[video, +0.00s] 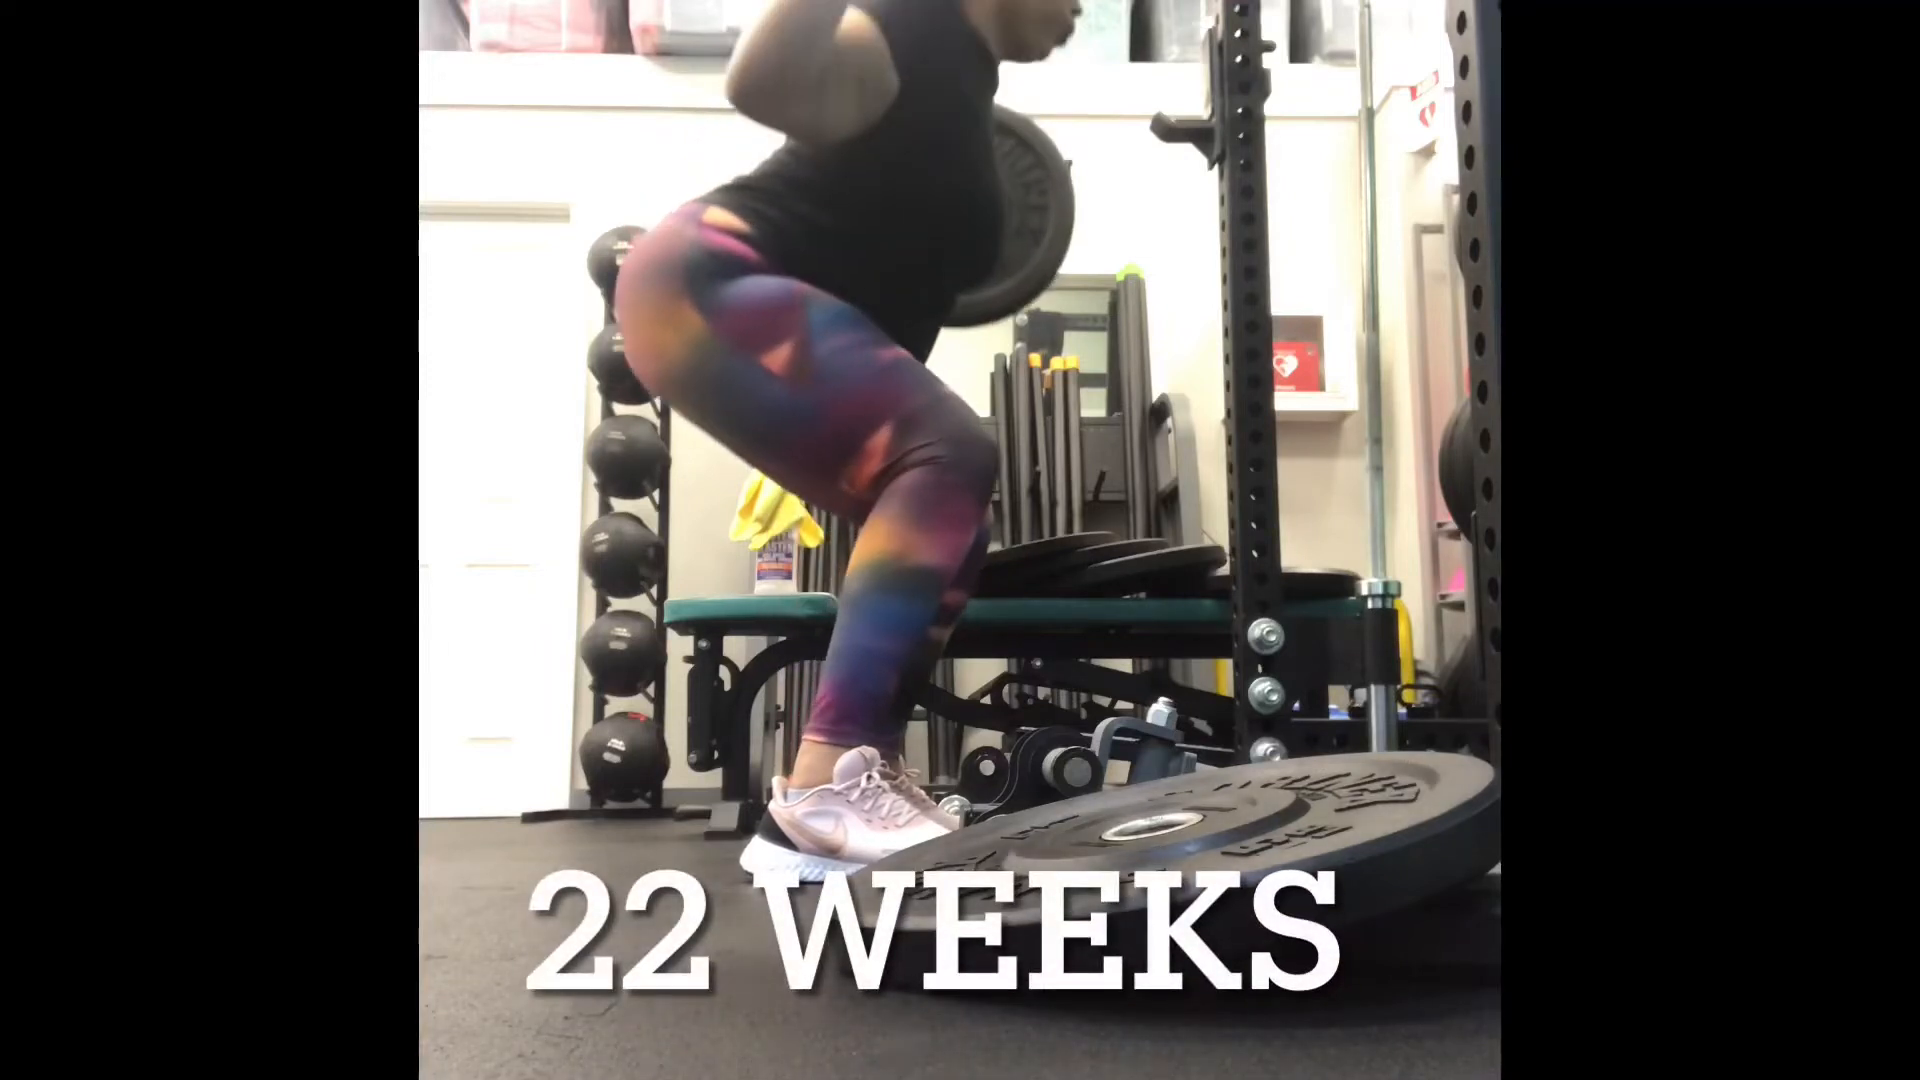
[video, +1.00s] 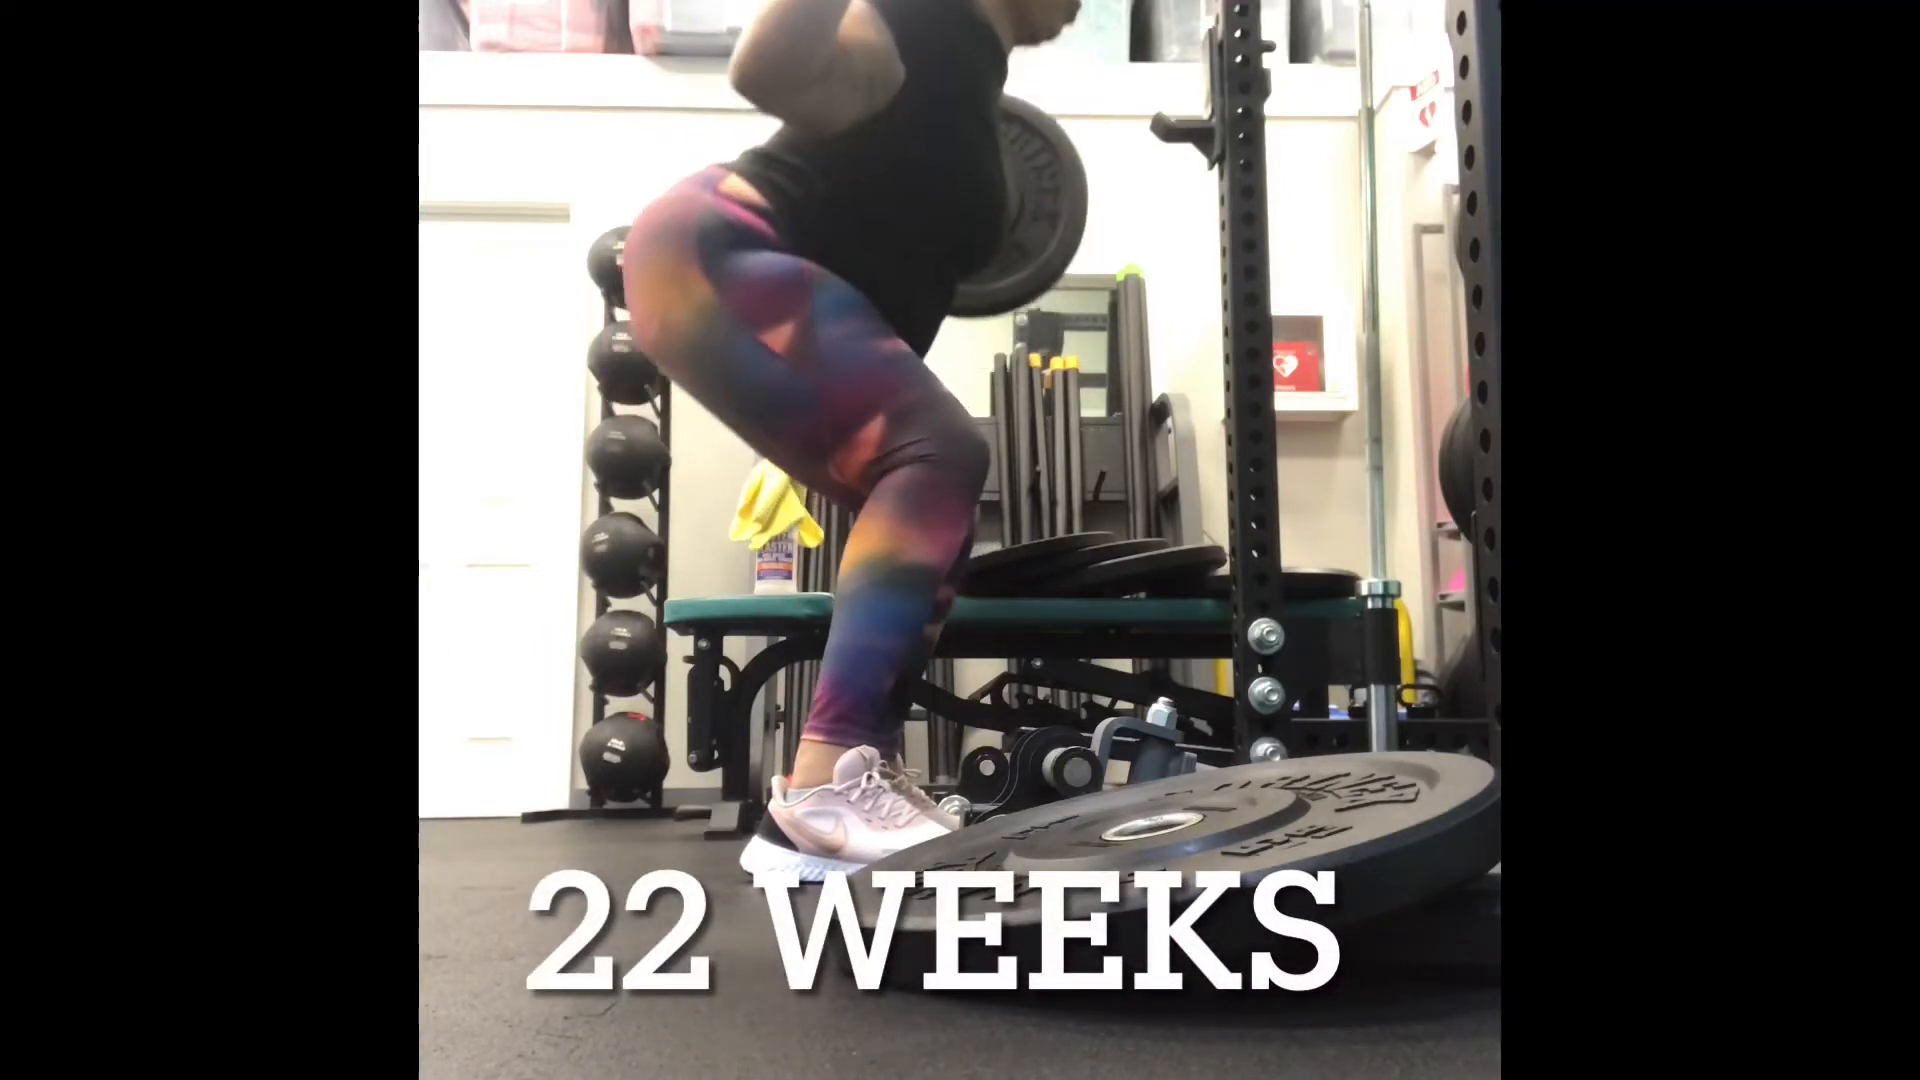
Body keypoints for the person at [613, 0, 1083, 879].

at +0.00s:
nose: (1075, 14)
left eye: (1078, 3)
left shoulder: (957, 91)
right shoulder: (920, 31)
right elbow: (762, 83)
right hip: (703, 272)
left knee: (945, 515)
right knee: (946, 450)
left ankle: (857, 767)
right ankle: (827, 775)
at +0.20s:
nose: (1081, 38)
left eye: (1081, 15)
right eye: (1070, 9)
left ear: (1001, 12)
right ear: (992, 1)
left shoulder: (958, 120)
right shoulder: (924, 72)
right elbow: (768, 132)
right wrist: (867, 2)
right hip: (690, 308)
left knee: (949, 508)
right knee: (953, 452)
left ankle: (863, 767)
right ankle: (829, 776)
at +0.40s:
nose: (1085, 67)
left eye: (1084, 43)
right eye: (1074, 34)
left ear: (1011, 30)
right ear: (1003, 23)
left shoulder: (963, 162)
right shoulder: (930, 101)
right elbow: (770, 160)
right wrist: (891, 11)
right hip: (678, 323)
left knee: (948, 498)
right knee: (953, 453)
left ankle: (856, 770)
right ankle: (830, 776)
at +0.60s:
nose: (1088, 65)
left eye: (1087, 41)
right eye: (1077, 33)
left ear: (1014, 29)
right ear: (1006, 23)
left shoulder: (968, 158)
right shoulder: (932, 102)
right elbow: (777, 159)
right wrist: (897, 11)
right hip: (681, 315)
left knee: (945, 495)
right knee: (953, 453)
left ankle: (860, 766)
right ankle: (830, 776)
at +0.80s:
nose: (1086, 31)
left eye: (1083, 10)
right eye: (1072, 6)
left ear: (1008, 11)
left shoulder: (968, 109)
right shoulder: (932, 57)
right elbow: (775, 123)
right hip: (701, 280)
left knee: (935, 498)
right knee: (950, 455)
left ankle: (855, 769)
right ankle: (829, 778)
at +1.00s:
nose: (1076, 3)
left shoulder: (969, 94)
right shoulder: (934, 22)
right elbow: (769, 74)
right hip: (707, 243)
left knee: (928, 492)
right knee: (936, 446)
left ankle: (856, 768)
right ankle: (828, 775)